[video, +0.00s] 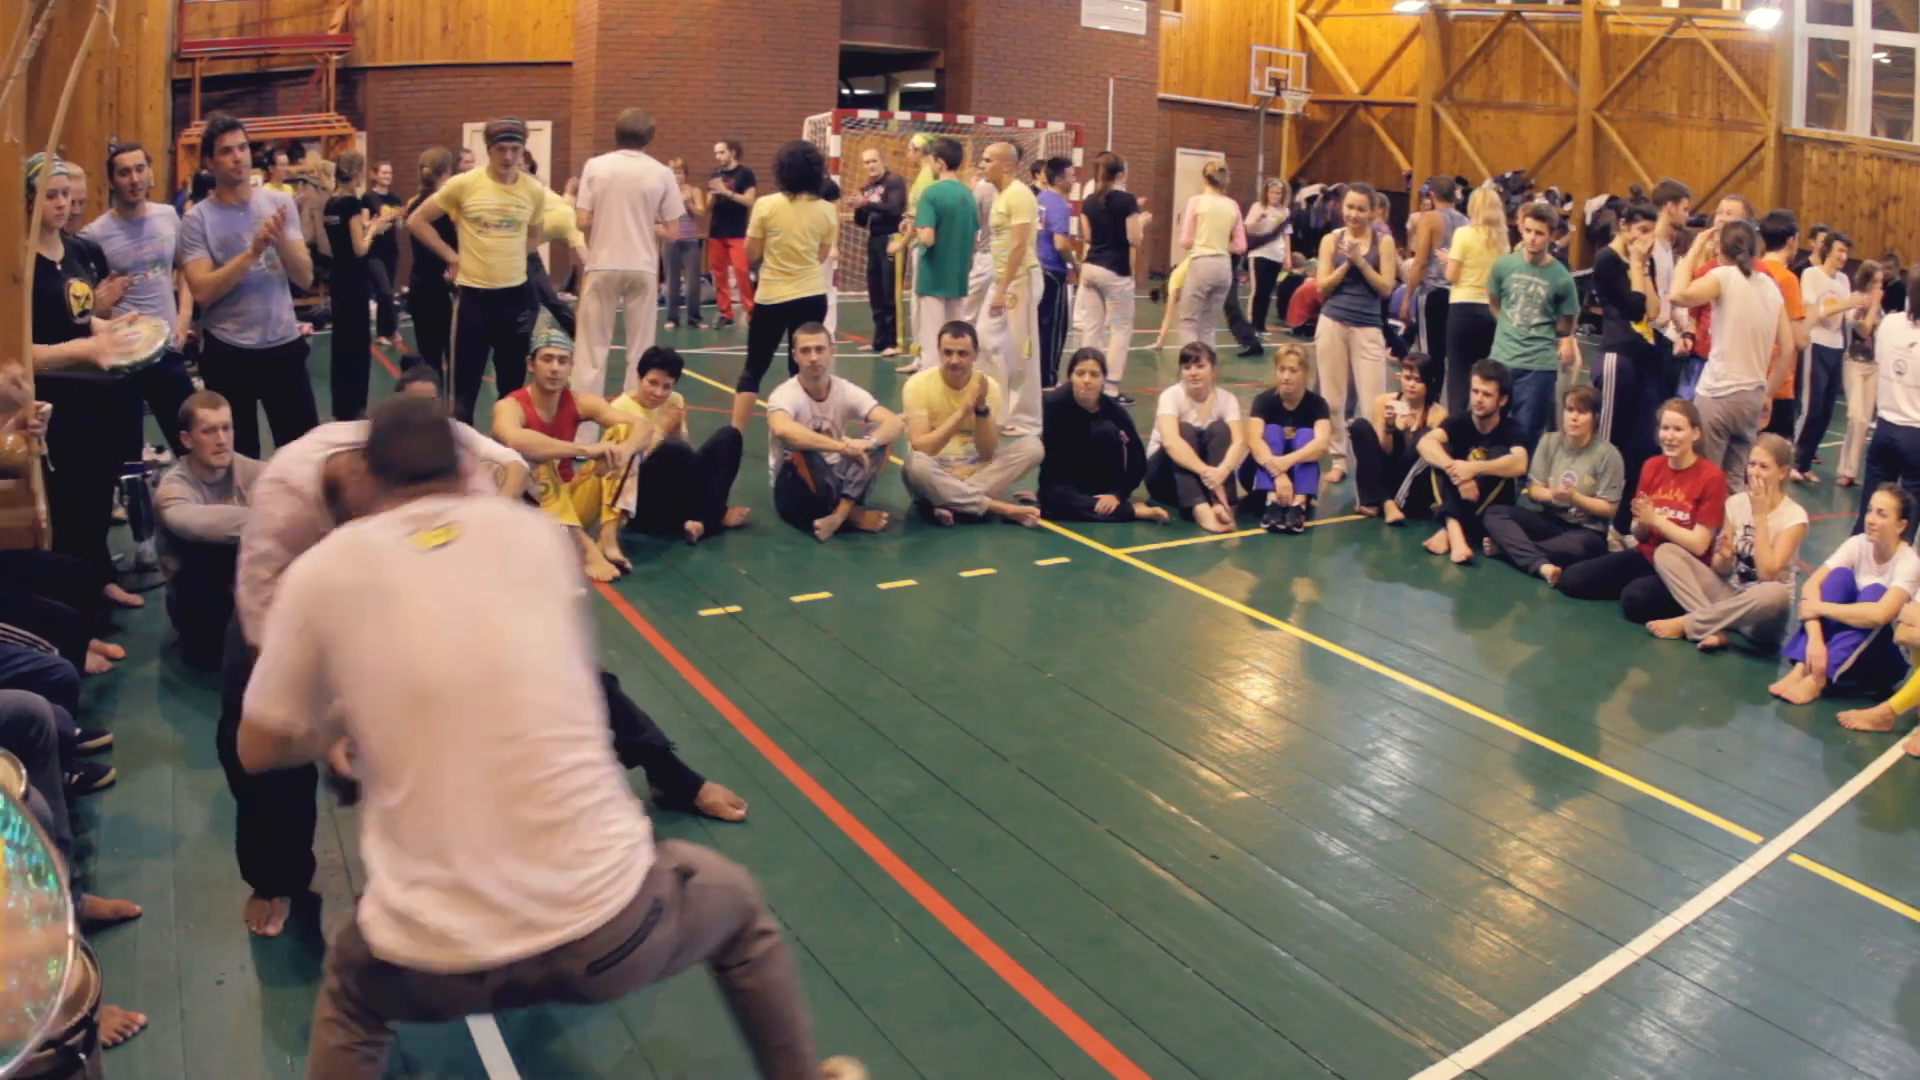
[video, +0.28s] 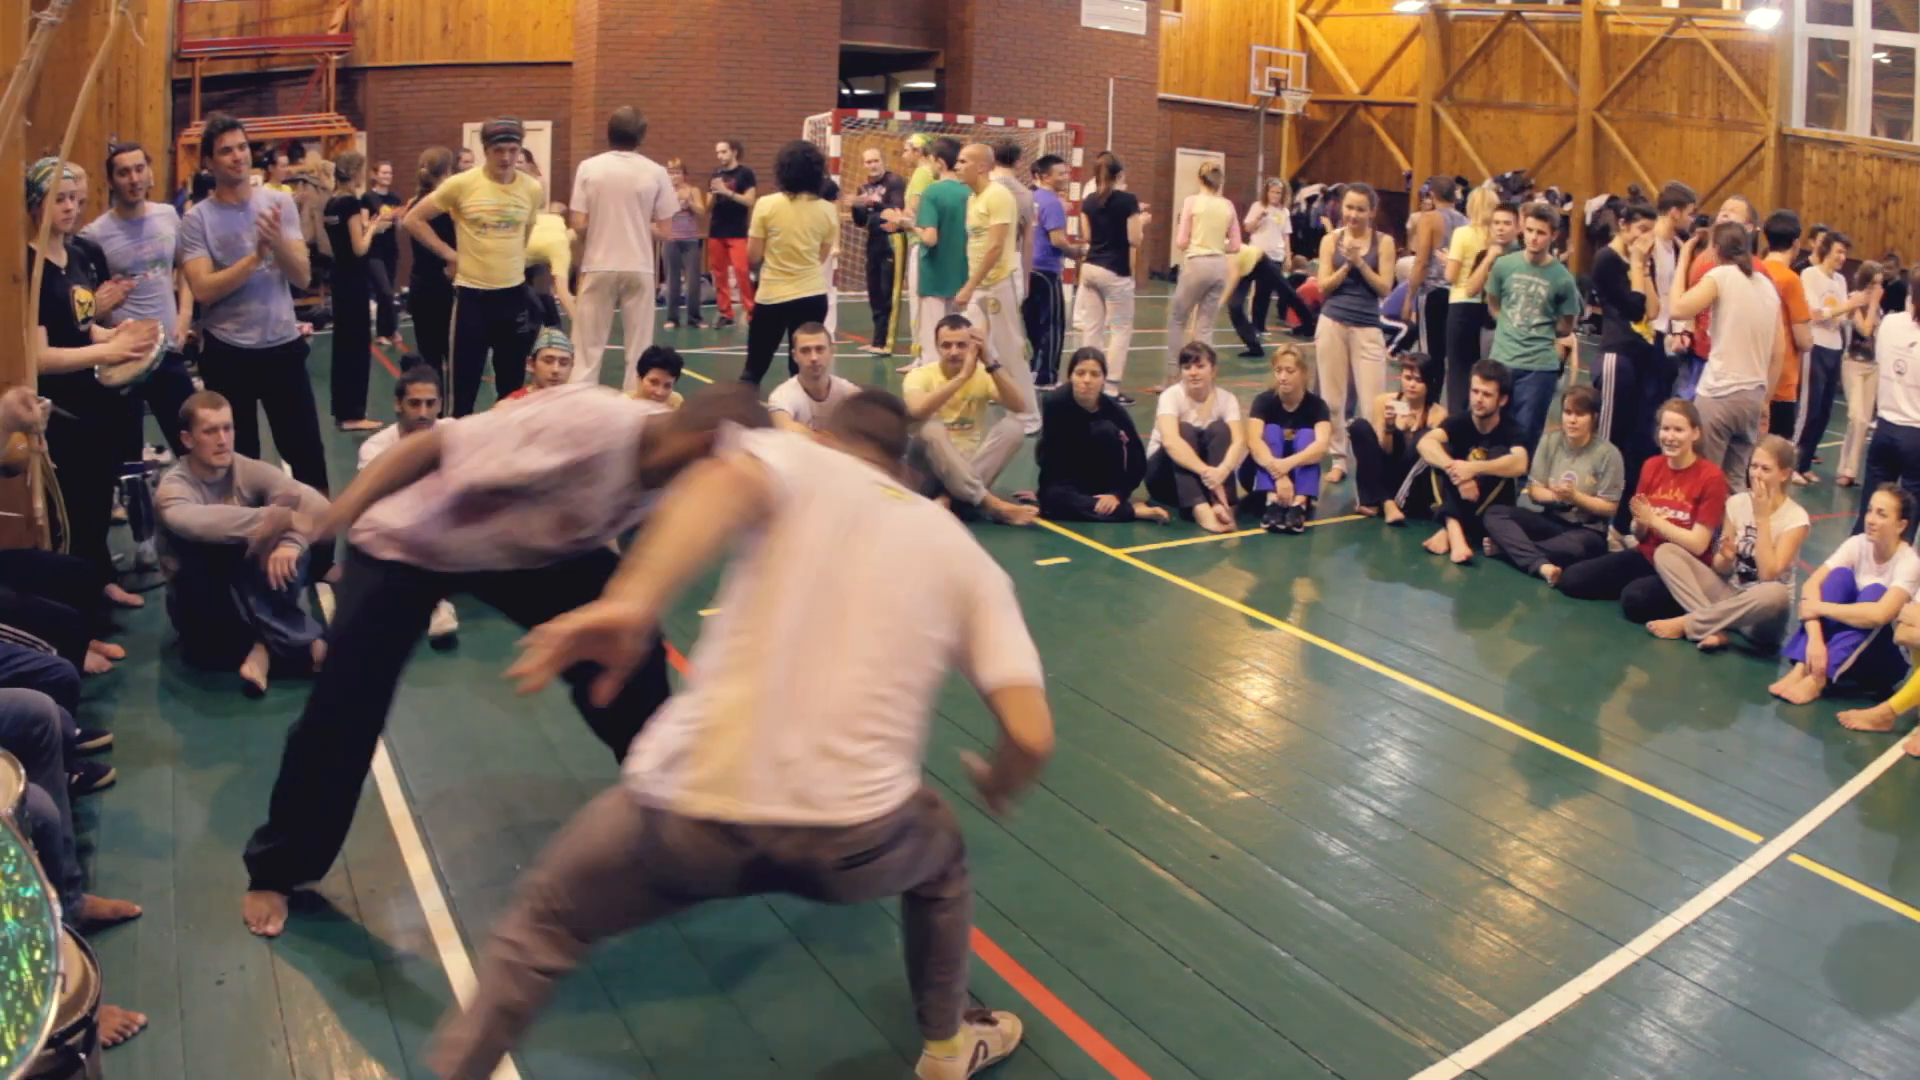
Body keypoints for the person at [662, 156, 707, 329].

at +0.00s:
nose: (677, 175)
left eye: (679, 172)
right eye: (674, 172)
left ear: (686, 173)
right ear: (669, 174)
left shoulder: (694, 191)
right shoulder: (666, 191)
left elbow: (701, 212)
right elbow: (658, 214)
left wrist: (689, 204)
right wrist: (673, 204)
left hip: (691, 238)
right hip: (671, 238)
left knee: (693, 280)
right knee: (672, 281)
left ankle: (694, 316)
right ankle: (672, 317)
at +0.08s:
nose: (676, 176)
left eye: (679, 172)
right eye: (673, 172)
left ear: (685, 174)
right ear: (669, 174)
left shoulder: (694, 191)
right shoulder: (665, 191)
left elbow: (701, 212)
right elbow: (658, 215)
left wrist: (689, 204)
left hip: (691, 238)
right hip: (671, 238)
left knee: (694, 280)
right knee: (672, 281)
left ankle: (694, 316)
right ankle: (672, 317)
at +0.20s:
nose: (675, 176)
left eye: (678, 173)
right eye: (673, 173)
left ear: (685, 174)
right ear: (668, 175)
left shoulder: (693, 191)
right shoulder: (665, 191)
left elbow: (701, 211)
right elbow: (657, 214)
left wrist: (689, 203)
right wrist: (663, 232)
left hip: (691, 238)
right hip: (671, 238)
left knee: (694, 280)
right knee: (672, 281)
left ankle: (694, 317)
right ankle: (672, 317)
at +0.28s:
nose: (674, 176)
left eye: (677, 173)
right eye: (671, 173)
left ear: (684, 174)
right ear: (667, 175)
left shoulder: (693, 190)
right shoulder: (664, 192)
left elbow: (701, 211)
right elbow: (657, 214)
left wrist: (689, 202)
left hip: (691, 238)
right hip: (671, 238)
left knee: (693, 280)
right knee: (673, 281)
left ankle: (694, 317)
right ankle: (672, 317)